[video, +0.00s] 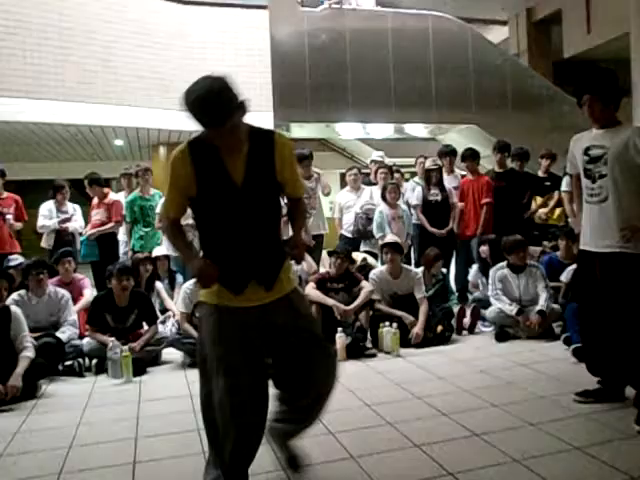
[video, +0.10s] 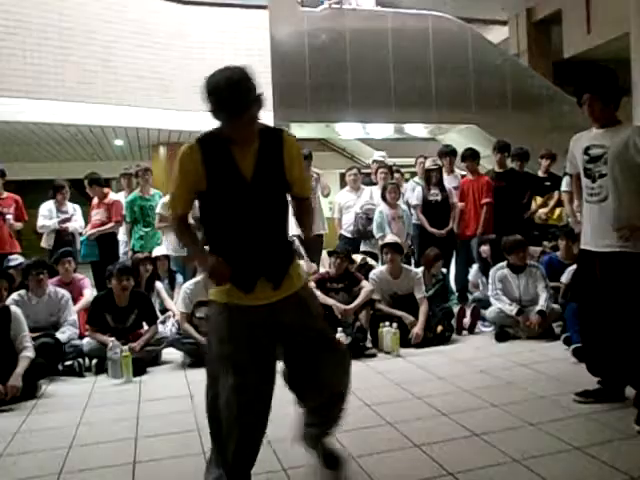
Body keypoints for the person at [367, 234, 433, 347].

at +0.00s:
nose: (390, 257)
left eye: (394, 253)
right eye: (386, 253)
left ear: (401, 255)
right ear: (382, 256)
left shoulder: (414, 274)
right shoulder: (376, 275)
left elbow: (423, 302)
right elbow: (376, 304)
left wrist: (420, 326)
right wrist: (402, 315)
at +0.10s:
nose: (390, 257)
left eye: (394, 253)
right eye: (386, 253)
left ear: (401, 255)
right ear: (383, 256)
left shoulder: (414, 274)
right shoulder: (376, 275)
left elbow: (423, 302)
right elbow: (377, 304)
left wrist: (420, 326)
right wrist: (402, 315)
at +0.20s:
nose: (390, 257)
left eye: (394, 253)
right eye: (386, 253)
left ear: (400, 255)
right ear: (382, 256)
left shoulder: (414, 274)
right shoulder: (376, 275)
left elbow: (423, 302)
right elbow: (377, 304)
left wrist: (420, 327)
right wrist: (402, 315)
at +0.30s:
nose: (390, 257)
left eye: (394, 253)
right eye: (386, 253)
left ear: (401, 255)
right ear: (382, 256)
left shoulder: (414, 274)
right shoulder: (376, 275)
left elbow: (423, 302)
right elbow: (377, 304)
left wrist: (420, 327)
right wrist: (402, 315)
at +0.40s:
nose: (390, 256)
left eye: (394, 252)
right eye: (386, 253)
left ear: (400, 255)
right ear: (382, 256)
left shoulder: (413, 274)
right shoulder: (375, 275)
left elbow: (422, 302)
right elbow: (376, 304)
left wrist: (419, 327)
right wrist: (402, 315)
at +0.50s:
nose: (389, 256)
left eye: (393, 252)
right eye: (386, 252)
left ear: (400, 254)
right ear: (382, 256)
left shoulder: (413, 274)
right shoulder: (375, 275)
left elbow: (422, 302)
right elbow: (376, 303)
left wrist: (419, 327)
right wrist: (401, 315)